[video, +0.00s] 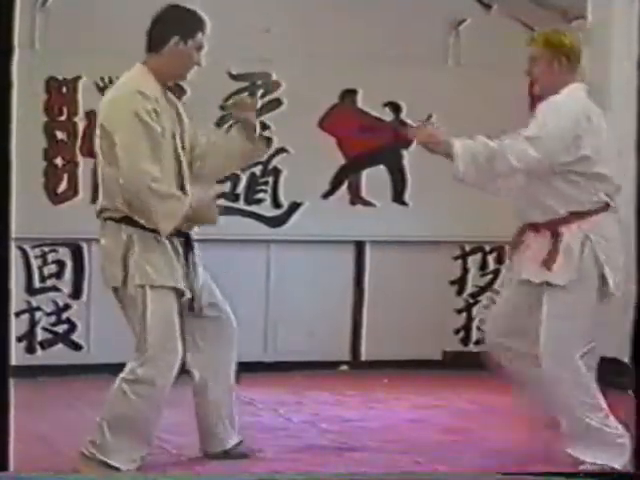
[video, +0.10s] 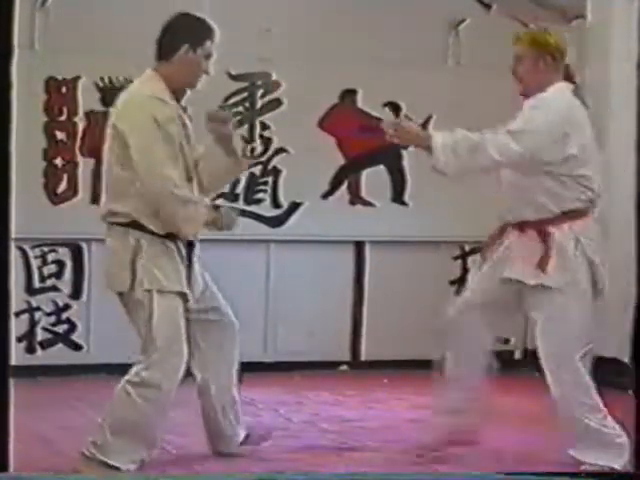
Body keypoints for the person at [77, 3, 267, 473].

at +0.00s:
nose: (198, 61)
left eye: (200, 51)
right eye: (196, 49)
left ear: (170, 47)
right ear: (173, 44)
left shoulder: (169, 103)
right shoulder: (130, 101)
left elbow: (203, 161)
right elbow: (144, 188)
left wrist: (249, 133)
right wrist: (194, 207)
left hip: (170, 240)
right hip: (134, 241)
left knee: (216, 326)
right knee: (159, 352)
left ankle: (220, 439)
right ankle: (107, 456)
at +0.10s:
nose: (206, 71)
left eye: (209, 61)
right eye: (205, 59)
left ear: (180, 55)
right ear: (183, 53)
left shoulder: (171, 108)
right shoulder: (142, 105)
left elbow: (197, 181)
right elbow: (165, 196)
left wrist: (226, 147)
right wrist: (210, 214)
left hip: (172, 247)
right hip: (141, 247)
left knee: (218, 330)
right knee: (165, 358)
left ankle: (227, 433)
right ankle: (107, 456)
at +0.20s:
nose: (224, 81)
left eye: (225, 72)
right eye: (221, 70)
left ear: (195, 64)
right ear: (201, 63)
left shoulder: (173, 105)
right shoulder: (175, 107)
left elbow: (202, 176)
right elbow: (218, 178)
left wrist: (249, 181)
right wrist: (251, 198)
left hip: (176, 249)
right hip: (159, 251)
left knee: (219, 332)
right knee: (175, 363)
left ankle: (231, 428)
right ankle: (108, 455)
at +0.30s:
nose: (240, 84)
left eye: (240, 75)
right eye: (236, 74)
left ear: (203, 70)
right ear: (216, 70)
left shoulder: (174, 103)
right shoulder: (202, 101)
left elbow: (198, 175)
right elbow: (249, 156)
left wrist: (243, 176)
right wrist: (278, 157)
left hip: (183, 248)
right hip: (178, 250)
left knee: (220, 339)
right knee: (182, 361)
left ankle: (217, 429)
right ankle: (112, 454)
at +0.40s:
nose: (275, 90)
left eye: (277, 83)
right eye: (272, 81)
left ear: (240, 78)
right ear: (253, 77)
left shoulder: (223, 117)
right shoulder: (229, 96)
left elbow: (217, 206)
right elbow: (280, 116)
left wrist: (263, 221)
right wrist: (298, 86)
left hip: (212, 243)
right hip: (192, 240)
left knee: (227, 343)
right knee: (196, 352)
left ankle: (211, 430)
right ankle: (119, 448)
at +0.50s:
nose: (294, 99)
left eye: (299, 91)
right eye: (293, 86)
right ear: (271, 71)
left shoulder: (260, 141)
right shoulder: (229, 93)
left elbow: (261, 226)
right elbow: (242, 103)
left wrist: (313, 219)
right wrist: (272, 83)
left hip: (227, 243)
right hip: (198, 232)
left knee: (233, 340)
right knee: (215, 344)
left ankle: (214, 428)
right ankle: (150, 445)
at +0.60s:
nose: (319, 74)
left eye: (323, 65)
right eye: (315, 62)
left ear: (298, 63)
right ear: (289, 57)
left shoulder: (299, 117)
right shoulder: (237, 90)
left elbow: (305, 169)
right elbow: (199, 140)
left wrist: (342, 160)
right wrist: (239, 146)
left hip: (252, 235)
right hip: (213, 230)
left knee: (264, 335)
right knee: (252, 328)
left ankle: (226, 427)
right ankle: (215, 428)